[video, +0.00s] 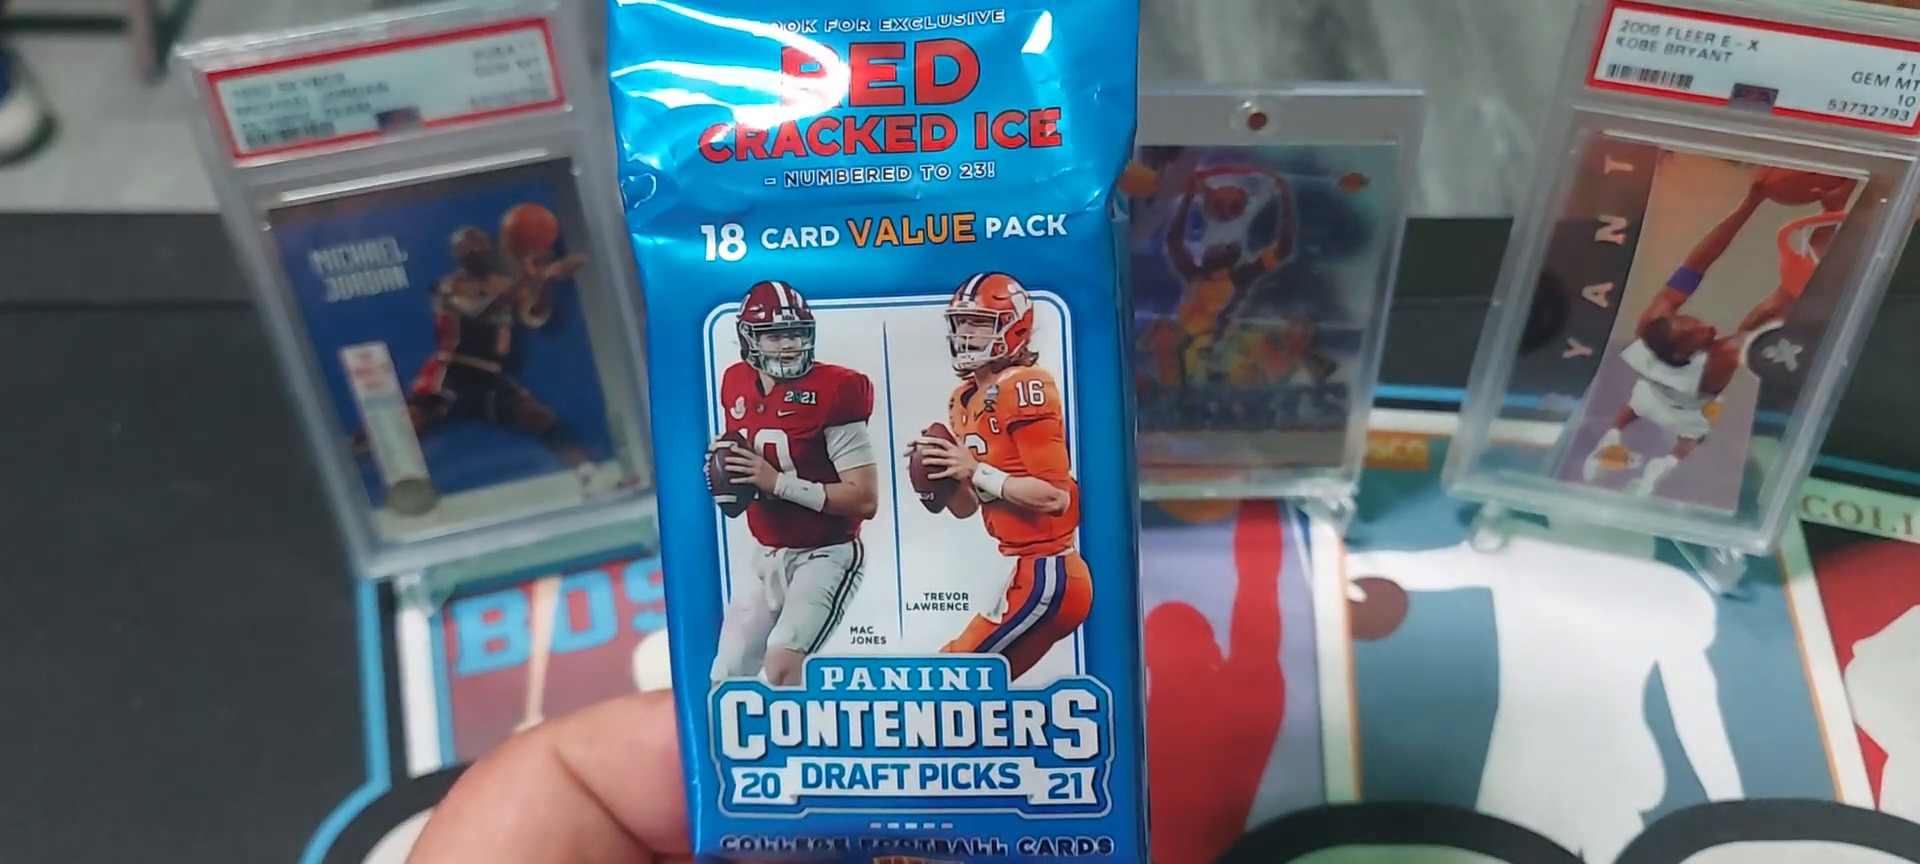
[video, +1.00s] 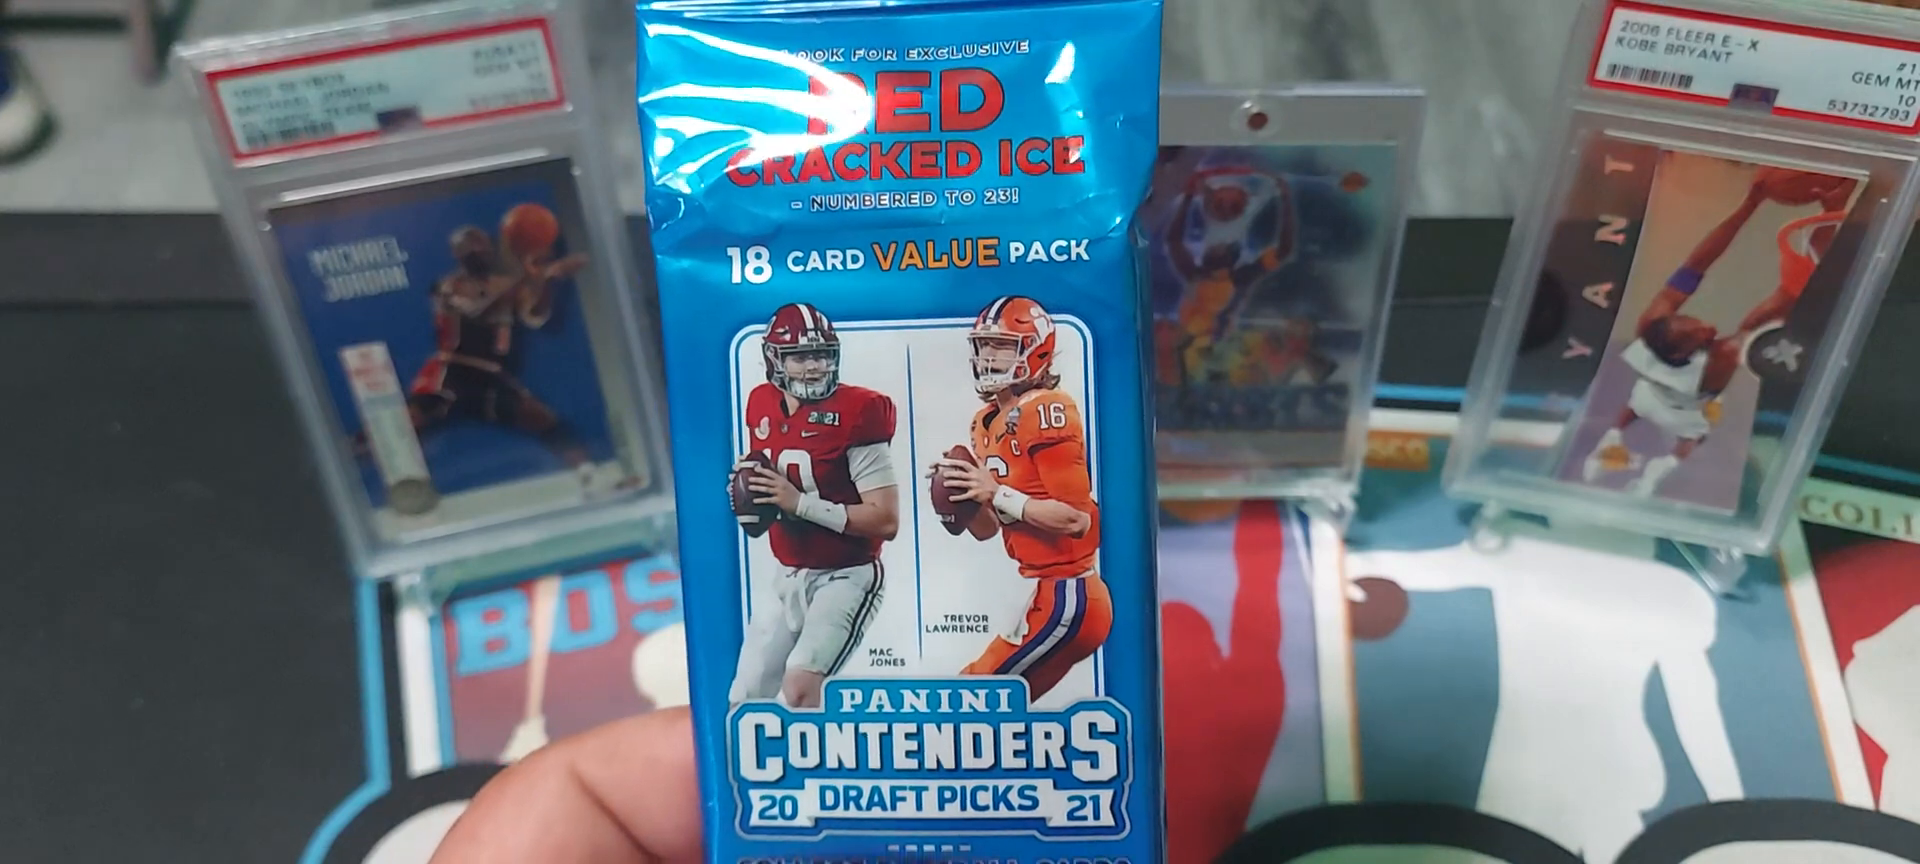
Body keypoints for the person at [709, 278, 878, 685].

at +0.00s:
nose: (787, 346)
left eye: (795, 335)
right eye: (775, 336)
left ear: (808, 336)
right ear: (750, 339)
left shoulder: (837, 390)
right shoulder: (736, 382)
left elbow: (864, 499)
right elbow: (739, 457)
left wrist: (776, 481)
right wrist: (722, 467)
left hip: (828, 555)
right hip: (766, 557)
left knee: (780, 669)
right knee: (726, 678)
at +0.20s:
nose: (787, 348)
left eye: (795, 337)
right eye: (775, 339)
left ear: (809, 338)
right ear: (750, 341)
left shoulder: (838, 393)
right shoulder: (737, 385)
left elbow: (865, 503)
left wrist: (776, 485)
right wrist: (723, 471)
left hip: (829, 558)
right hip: (767, 560)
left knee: (782, 671)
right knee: (727, 682)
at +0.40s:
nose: (795, 349)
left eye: (803, 338)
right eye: (783, 339)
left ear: (817, 339)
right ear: (759, 342)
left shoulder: (844, 393)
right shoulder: (746, 385)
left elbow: (871, 503)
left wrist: (784, 485)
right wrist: (730, 470)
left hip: (835, 559)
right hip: (774, 561)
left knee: (787, 673)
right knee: (733, 682)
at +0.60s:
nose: (795, 356)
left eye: (803, 345)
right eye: (782, 347)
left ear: (816, 346)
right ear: (758, 350)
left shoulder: (844, 401)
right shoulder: (745, 393)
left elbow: (870, 510)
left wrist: (784, 493)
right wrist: (730, 480)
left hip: (835, 565)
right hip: (774, 568)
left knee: (786, 681)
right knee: (732, 691)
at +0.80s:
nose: (812, 380)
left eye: (821, 370)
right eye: (800, 370)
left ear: (833, 371)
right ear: (776, 374)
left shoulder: (861, 425)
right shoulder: (762, 416)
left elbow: (885, 536)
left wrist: (798, 517)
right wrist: (745, 504)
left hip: (849, 590)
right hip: (786, 592)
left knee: (798, 703)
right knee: (744, 713)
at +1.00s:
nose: (813, 366)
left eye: (821, 355)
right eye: (800, 356)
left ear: (834, 357)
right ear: (776, 359)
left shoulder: (860, 411)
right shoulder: (762, 402)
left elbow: (885, 521)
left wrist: (798, 502)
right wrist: (745, 490)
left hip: (849, 576)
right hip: (788, 578)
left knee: (799, 689)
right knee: (744, 701)